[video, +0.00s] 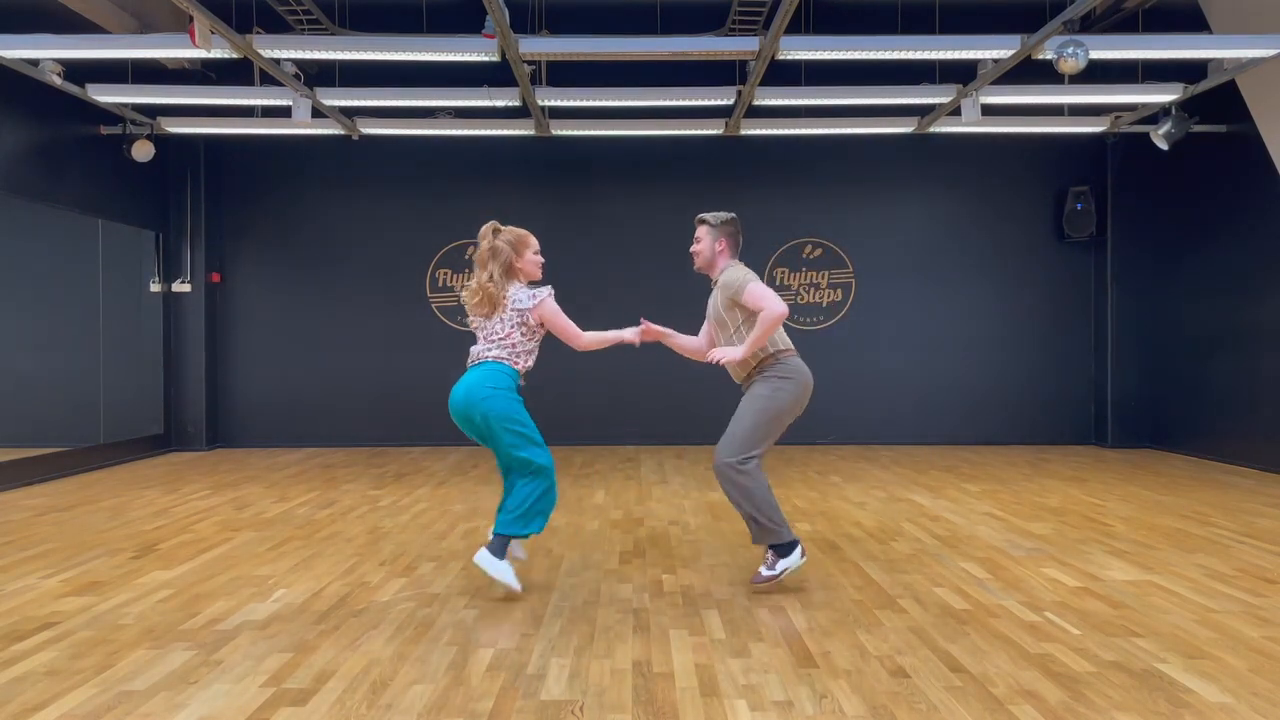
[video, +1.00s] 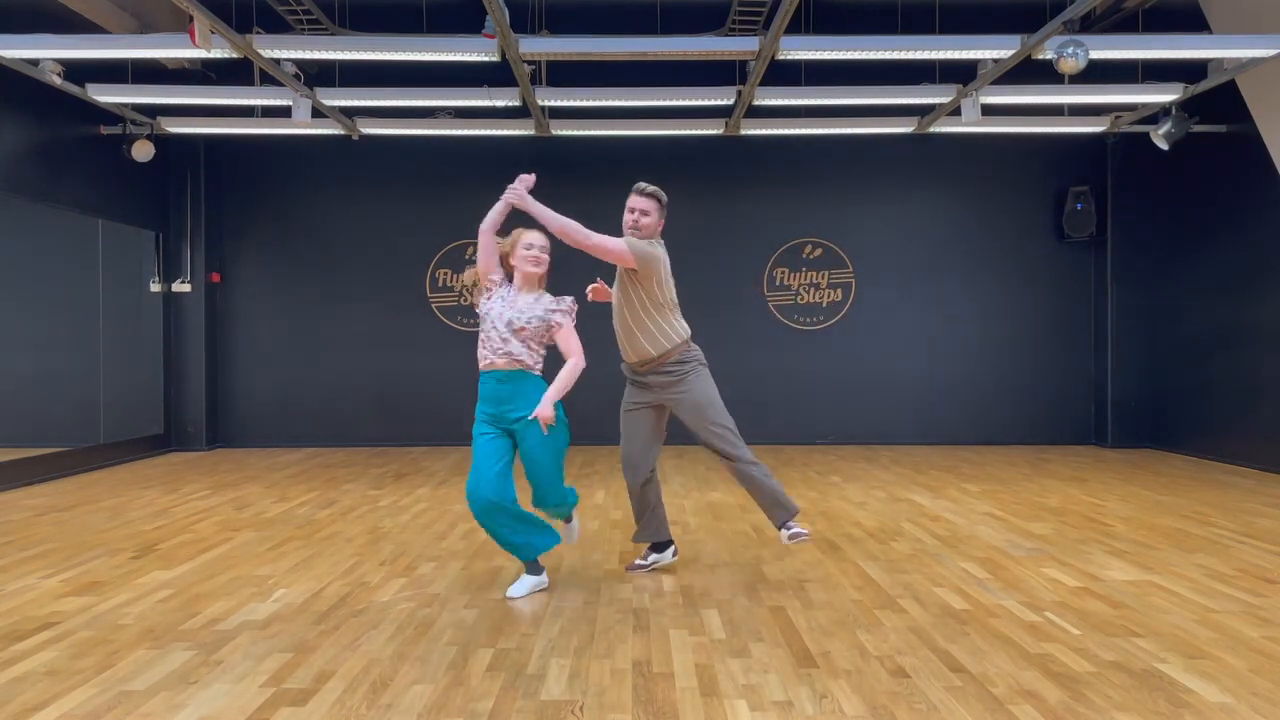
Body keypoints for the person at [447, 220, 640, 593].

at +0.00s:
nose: (542, 258)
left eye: (540, 252)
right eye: (535, 253)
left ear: (507, 263)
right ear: (514, 261)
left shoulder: (488, 296)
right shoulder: (536, 299)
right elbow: (581, 340)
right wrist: (624, 335)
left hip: (464, 393)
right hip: (494, 390)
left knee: (516, 463)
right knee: (538, 467)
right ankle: (495, 551)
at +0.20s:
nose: (534, 260)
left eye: (532, 254)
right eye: (528, 254)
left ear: (508, 261)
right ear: (507, 260)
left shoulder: (503, 297)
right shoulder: (513, 297)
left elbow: (536, 351)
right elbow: (563, 334)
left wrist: (545, 313)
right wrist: (615, 324)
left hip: (490, 400)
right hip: (485, 400)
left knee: (544, 472)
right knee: (505, 486)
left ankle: (516, 553)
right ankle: (482, 581)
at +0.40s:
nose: (533, 263)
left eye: (532, 256)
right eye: (527, 257)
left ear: (508, 263)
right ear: (504, 261)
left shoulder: (531, 306)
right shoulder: (481, 301)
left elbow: (562, 351)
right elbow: (516, 333)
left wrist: (598, 373)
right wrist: (573, 329)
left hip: (522, 402)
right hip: (483, 405)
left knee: (533, 476)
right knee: (517, 472)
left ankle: (508, 549)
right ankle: (503, 559)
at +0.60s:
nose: (541, 257)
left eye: (539, 250)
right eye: (535, 252)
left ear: (508, 262)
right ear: (513, 260)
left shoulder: (491, 298)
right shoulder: (533, 299)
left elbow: (486, 358)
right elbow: (585, 330)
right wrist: (621, 320)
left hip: (491, 399)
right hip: (505, 403)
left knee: (552, 465)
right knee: (522, 490)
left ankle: (533, 541)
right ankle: (469, 570)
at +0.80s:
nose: (550, 267)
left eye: (549, 261)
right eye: (542, 262)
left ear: (521, 271)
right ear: (520, 270)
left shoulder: (503, 308)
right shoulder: (538, 305)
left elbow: (494, 366)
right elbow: (591, 323)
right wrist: (620, 299)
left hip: (499, 403)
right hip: (517, 404)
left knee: (547, 479)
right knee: (523, 490)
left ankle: (530, 554)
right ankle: (471, 579)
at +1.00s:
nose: (537, 251)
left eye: (543, 248)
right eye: (528, 246)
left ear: (549, 262)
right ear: (511, 257)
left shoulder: (552, 307)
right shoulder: (494, 288)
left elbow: (576, 360)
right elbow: (486, 230)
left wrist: (549, 398)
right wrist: (509, 198)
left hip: (532, 400)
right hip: (488, 401)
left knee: (547, 496)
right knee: (484, 496)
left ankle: (566, 509)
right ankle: (533, 570)